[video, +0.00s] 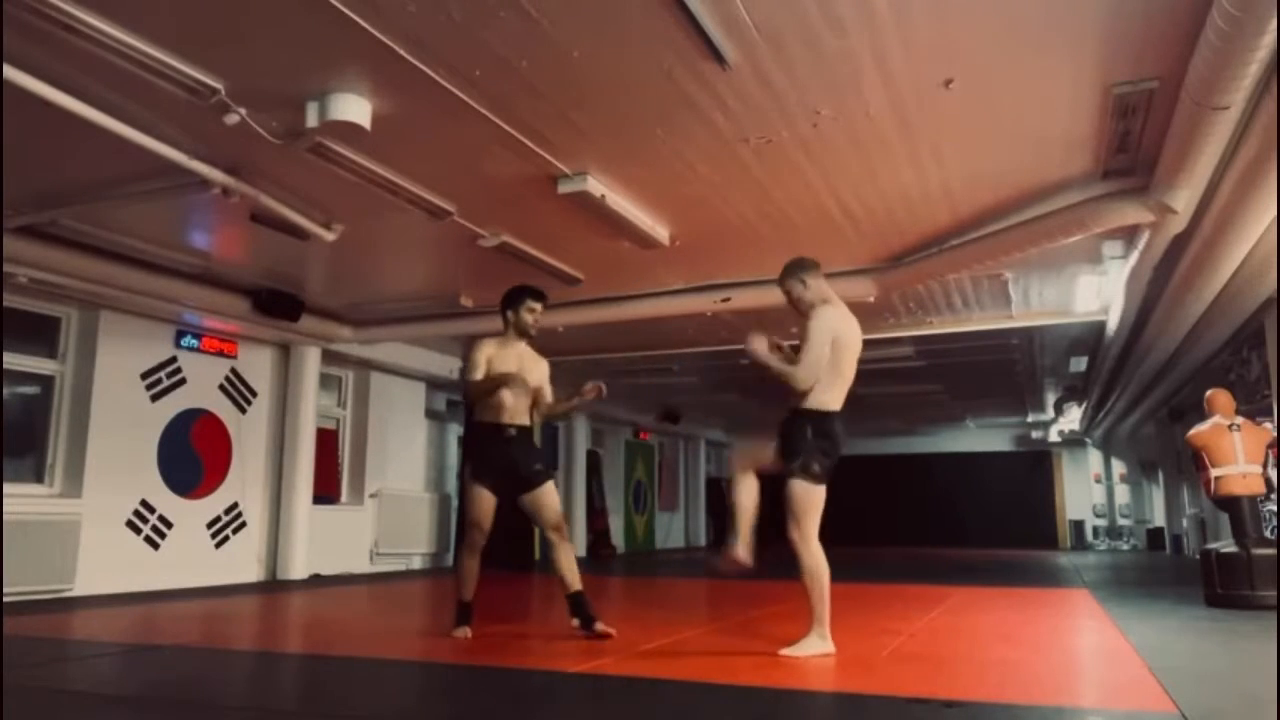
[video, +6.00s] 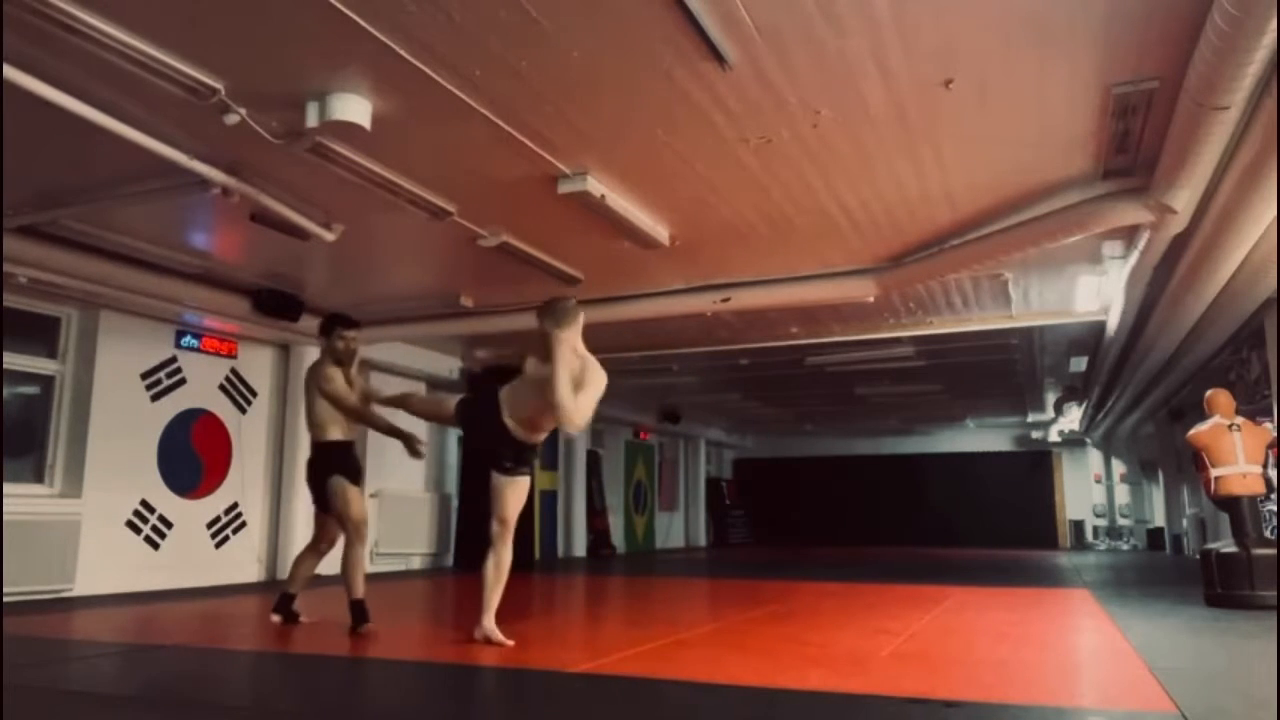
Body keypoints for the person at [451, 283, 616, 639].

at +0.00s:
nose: (536, 319)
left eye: (539, 314)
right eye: (531, 312)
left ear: (538, 318)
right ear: (510, 312)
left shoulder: (539, 362)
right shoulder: (485, 348)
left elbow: (545, 409)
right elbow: (471, 393)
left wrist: (578, 399)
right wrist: (501, 380)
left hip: (525, 447)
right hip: (486, 444)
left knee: (556, 527)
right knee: (476, 532)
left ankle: (582, 612)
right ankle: (463, 617)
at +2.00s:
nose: (472, 330)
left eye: (477, 325)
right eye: (466, 322)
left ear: (482, 328)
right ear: (449, 319)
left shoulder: (470, 355)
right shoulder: (431, 351)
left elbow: (478, 400)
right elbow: (443, 399)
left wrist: (482, 356)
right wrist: (469, 358)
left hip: (457, 446)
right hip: (428, 445)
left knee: (467, 533)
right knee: (444, 531)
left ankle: (442, 604)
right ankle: (417, 619)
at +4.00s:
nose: (484, 334)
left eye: (486, 328)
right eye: (479, 326)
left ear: (479, 330)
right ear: (460, 325)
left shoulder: (468, 364)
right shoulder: (450, 358)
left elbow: (475, 413)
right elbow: (445, 398)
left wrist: (496, 389)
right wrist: (486, 379)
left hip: (474, 447)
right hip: (466, 434)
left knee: (485, 532)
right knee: (537, 429)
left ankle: (462, 607)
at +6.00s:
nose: (350, 346)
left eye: (354, 340)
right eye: (343, 339)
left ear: (357, 342)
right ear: (326, 340)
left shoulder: (348, 372)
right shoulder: (323, 372)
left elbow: (371, 400)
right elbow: (355, 410)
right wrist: (402, 436)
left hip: (344, 458)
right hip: (329, 459)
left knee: (324, 540)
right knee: (357, 531)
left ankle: (285, 602)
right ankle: (359, 614)